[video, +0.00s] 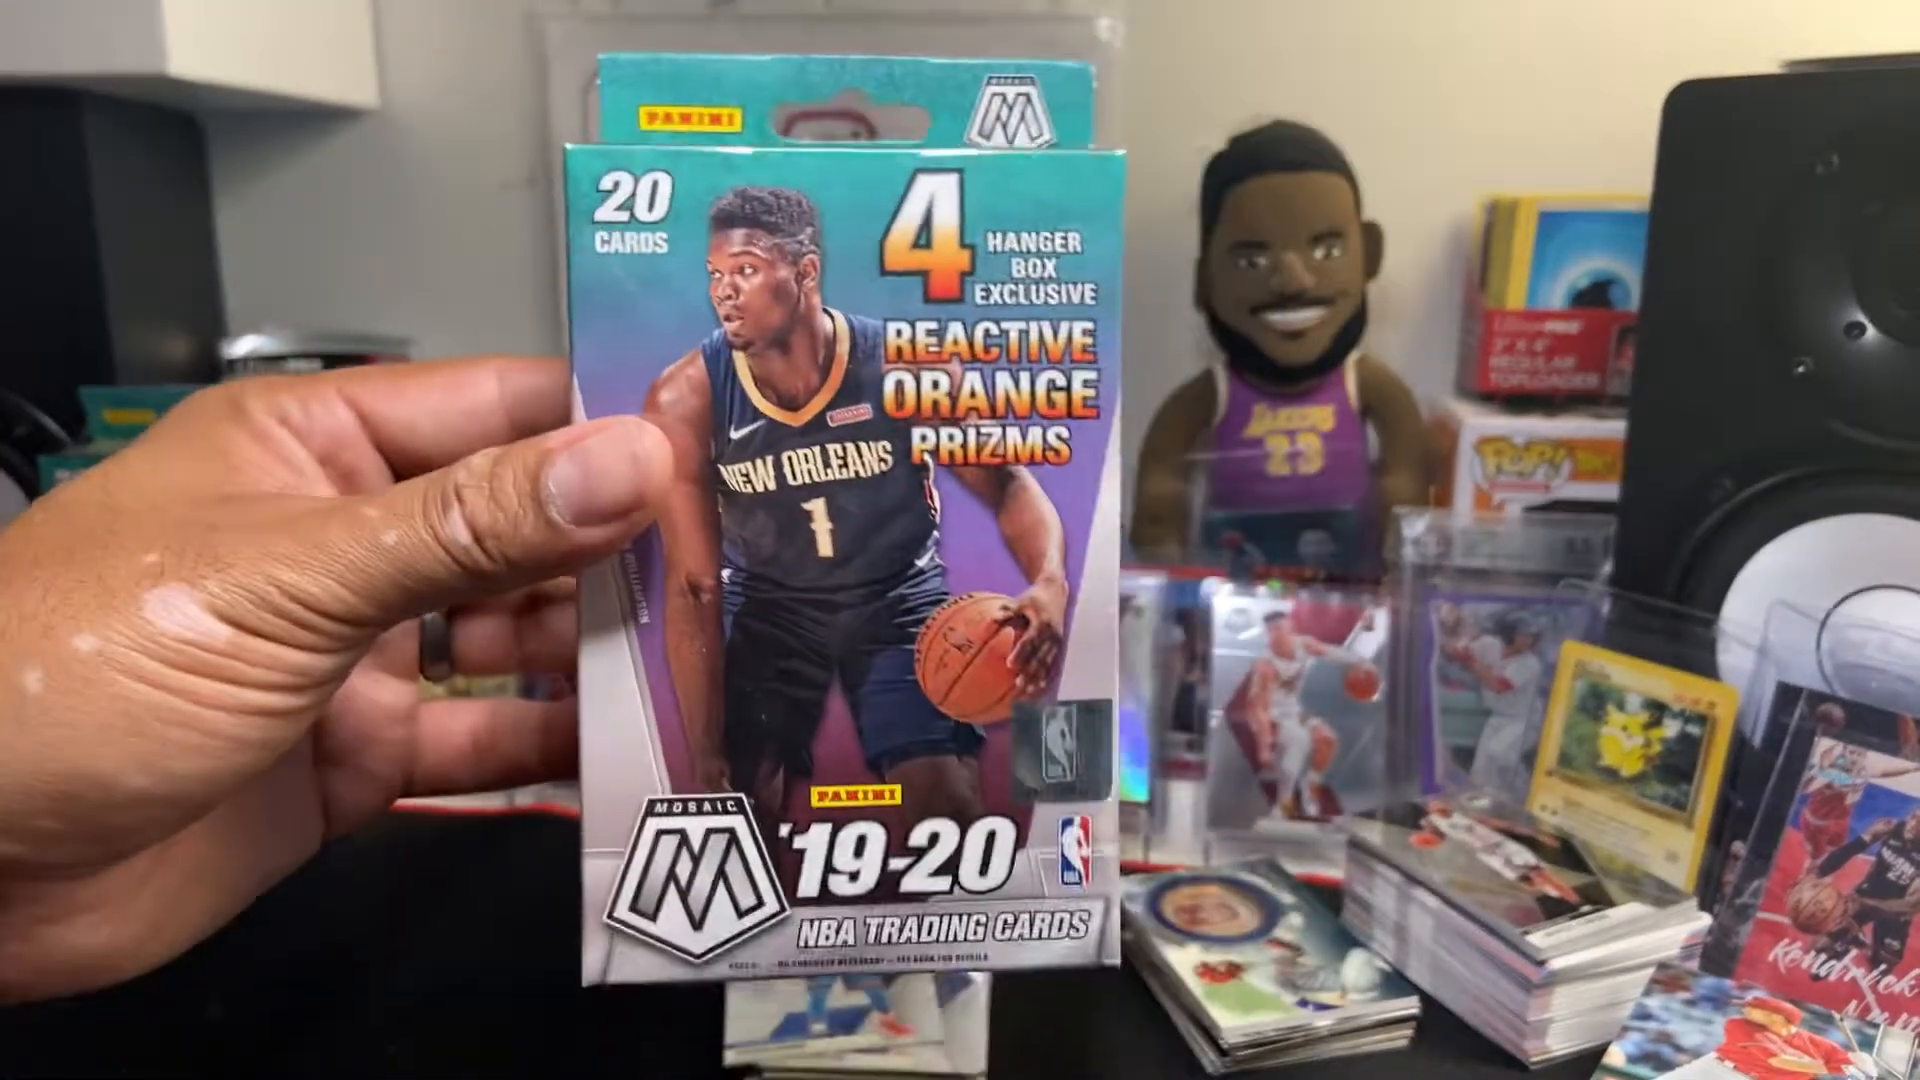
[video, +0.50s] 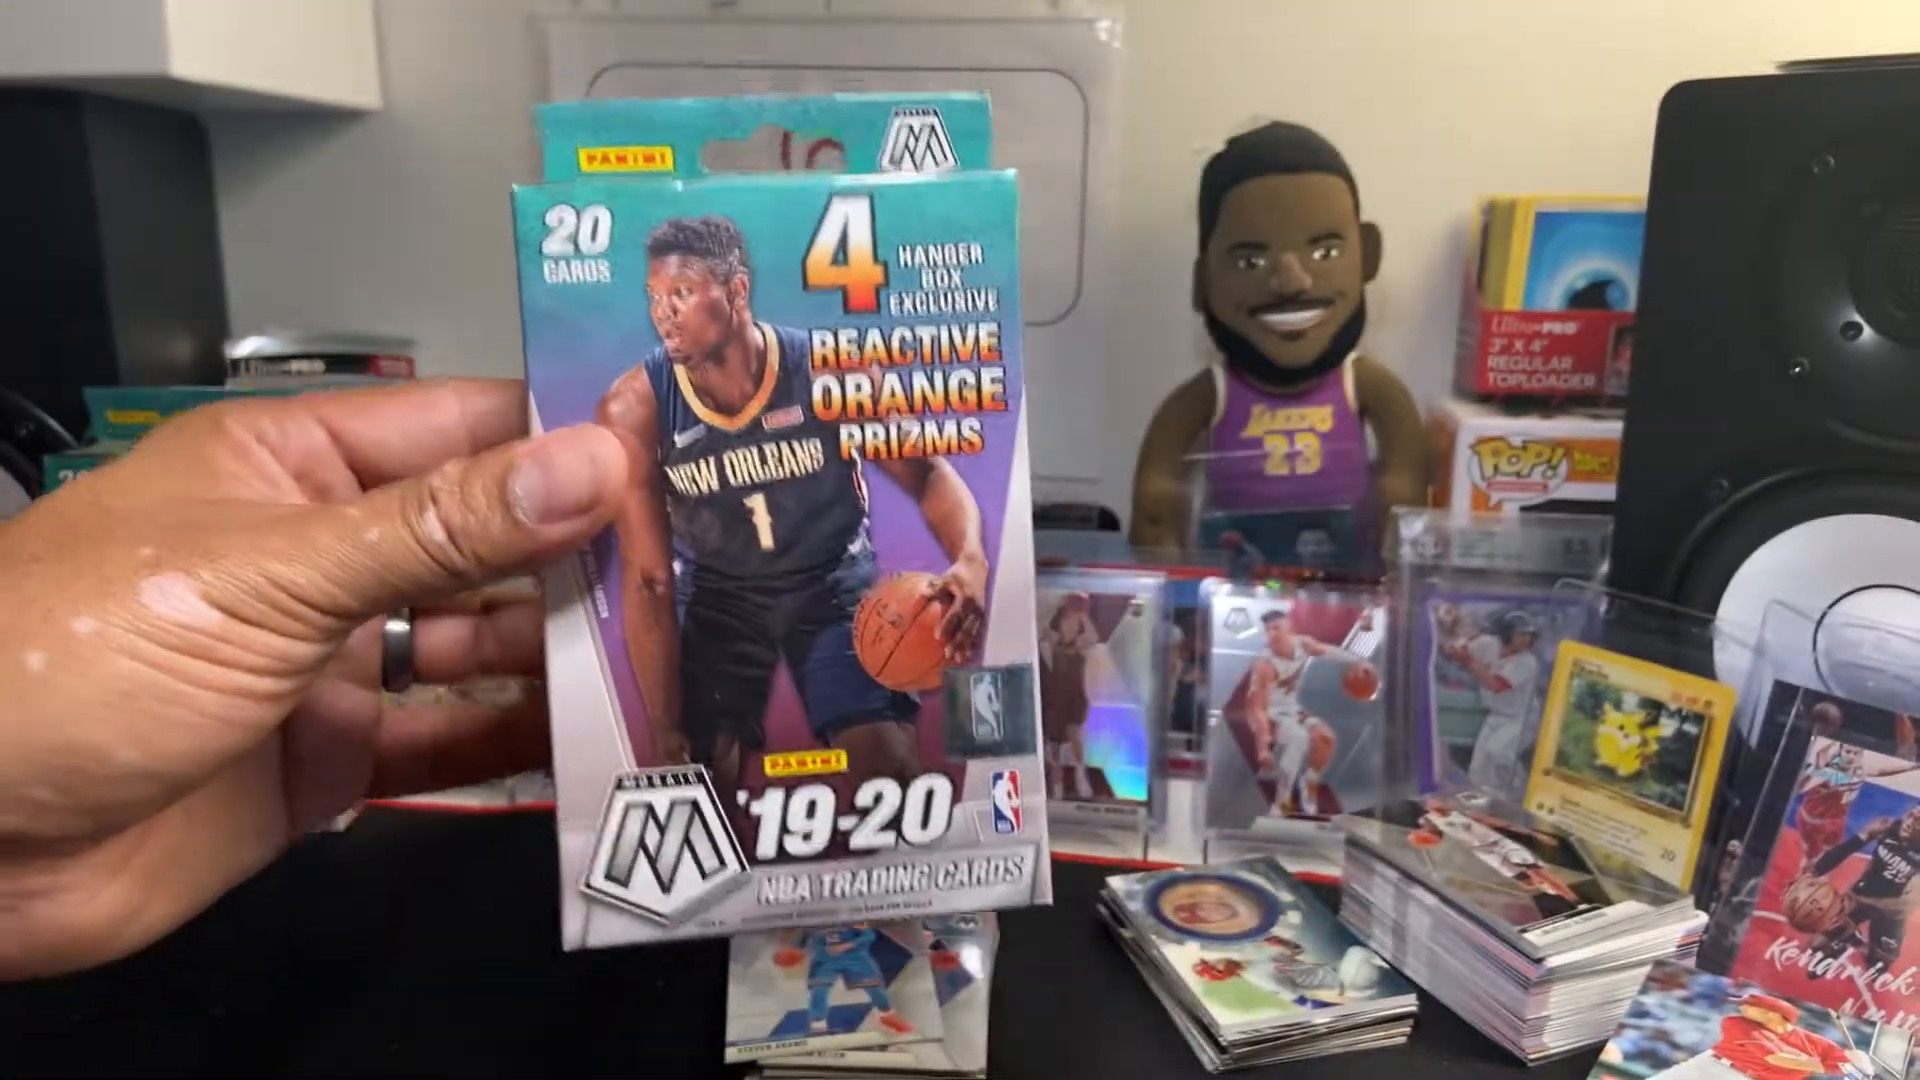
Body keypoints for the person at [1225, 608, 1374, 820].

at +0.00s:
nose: (1278, 635)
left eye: (1281, 629)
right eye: (1273, 630)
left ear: (1290, 629)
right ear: (1268, 634)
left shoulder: (1303, 645)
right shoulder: (1265, 666)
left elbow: (1332, 653)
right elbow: (1257, 708)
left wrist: (1361, 663)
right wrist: (1264, 747)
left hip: (1297, 712)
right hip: (1275, 716)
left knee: (1326, 739)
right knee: (1299, 740)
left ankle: (1311, 789)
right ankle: (1284, 802)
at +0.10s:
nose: (1277, 635)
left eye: (1280, 628)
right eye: (1272, 630)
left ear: (1289, 628)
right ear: (1267, 634)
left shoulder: (1303, 645)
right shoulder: (1265, 666)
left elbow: (1332, 653)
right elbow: (1257, 708)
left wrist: (1361, 663)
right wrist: (1263, 748)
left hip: (1296, 712)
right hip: (1273, 715)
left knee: (1326, 739)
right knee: (1299, 739)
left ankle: (1311, 790)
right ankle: (1283, 801)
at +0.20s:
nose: (1276, 635)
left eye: (1279, 628)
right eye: (1271, 630)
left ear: (1289, 628)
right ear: (1266, 633)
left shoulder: (1303, 645)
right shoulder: (1265, 666)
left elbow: (1332, 653)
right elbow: (1256, 708)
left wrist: (1361, 662)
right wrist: (1263, 748)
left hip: (1295, 712)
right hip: (1272, 715)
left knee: (1326, 739)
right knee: (1299, 739)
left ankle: (1310, 789)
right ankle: (1283, 801)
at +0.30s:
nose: (1276, 635)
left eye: (1279, 628)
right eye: (1271, 630)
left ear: (1289, 628)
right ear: (1266, 634)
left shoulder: (1302, 644)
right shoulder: (1264, 666)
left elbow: (1332, 653)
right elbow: (1256, 708)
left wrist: (1361, 662)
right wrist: (1263, 748)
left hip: (1295, 711)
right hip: (1272, 714)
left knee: (1325, 739)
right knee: (1298, 738)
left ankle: (1309, 789)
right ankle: (1282, 801)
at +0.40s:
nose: (1274, 634)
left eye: (1278, 628)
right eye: (1269, 630)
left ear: (1289, 628)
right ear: (1266, 634)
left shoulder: (1302, 644)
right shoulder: (1264, 665)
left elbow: (1331, 652)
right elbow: (1256, 709)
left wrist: (1360, 662)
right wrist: (1263, 748)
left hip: (1294, 710)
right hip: (1271, 712)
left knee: (1326, 739)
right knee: (1299, 738)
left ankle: (1309, 786)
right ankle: (1282, 799)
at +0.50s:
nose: (1274, 634)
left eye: (1278, 628)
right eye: (1269, 630)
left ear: (1289, 629)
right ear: (1266, 634)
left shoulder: (1303, 645)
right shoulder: (1264, 665)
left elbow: (1330, 652)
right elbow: (1256, 708)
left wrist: (1359, 662)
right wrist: (1263, 748)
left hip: (1294, 710)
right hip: (1271, 712)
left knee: (1325, 739)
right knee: (1299, 737)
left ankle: (1309, 785)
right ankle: (1283, 798)